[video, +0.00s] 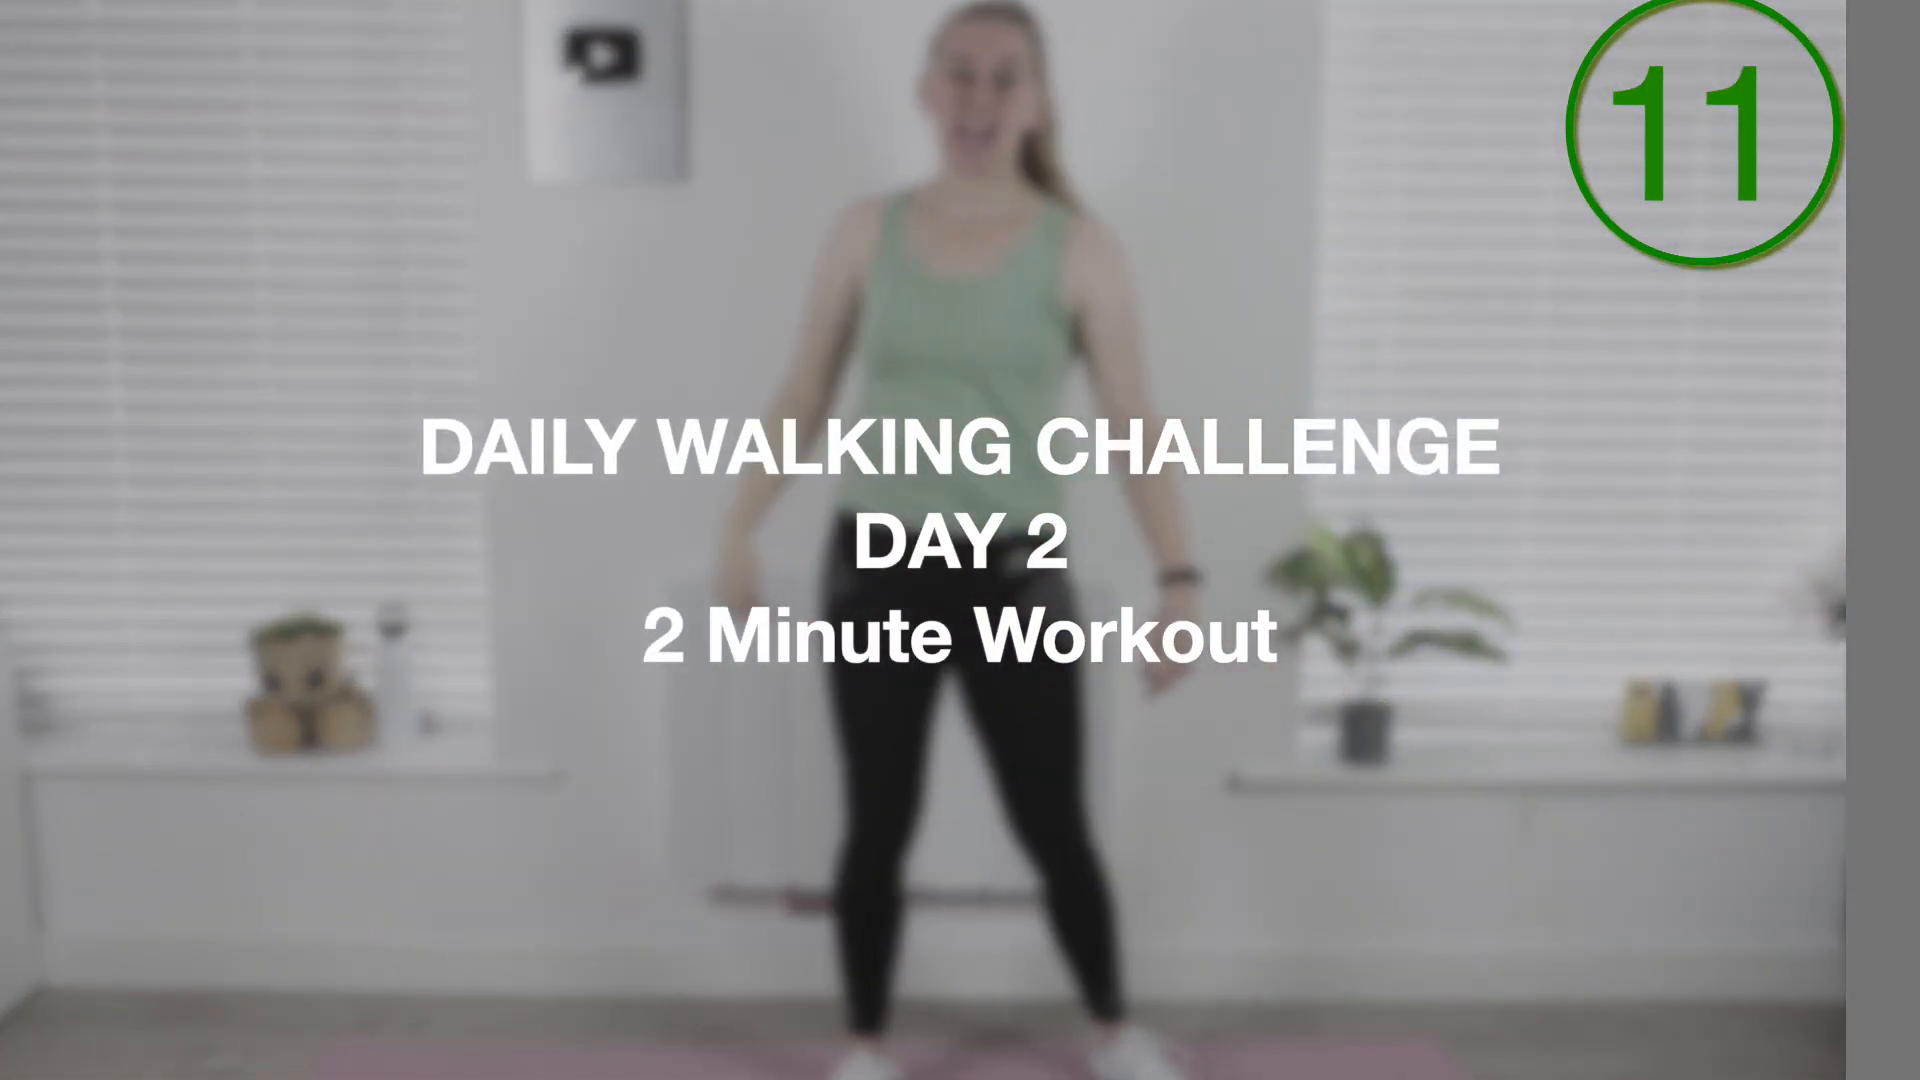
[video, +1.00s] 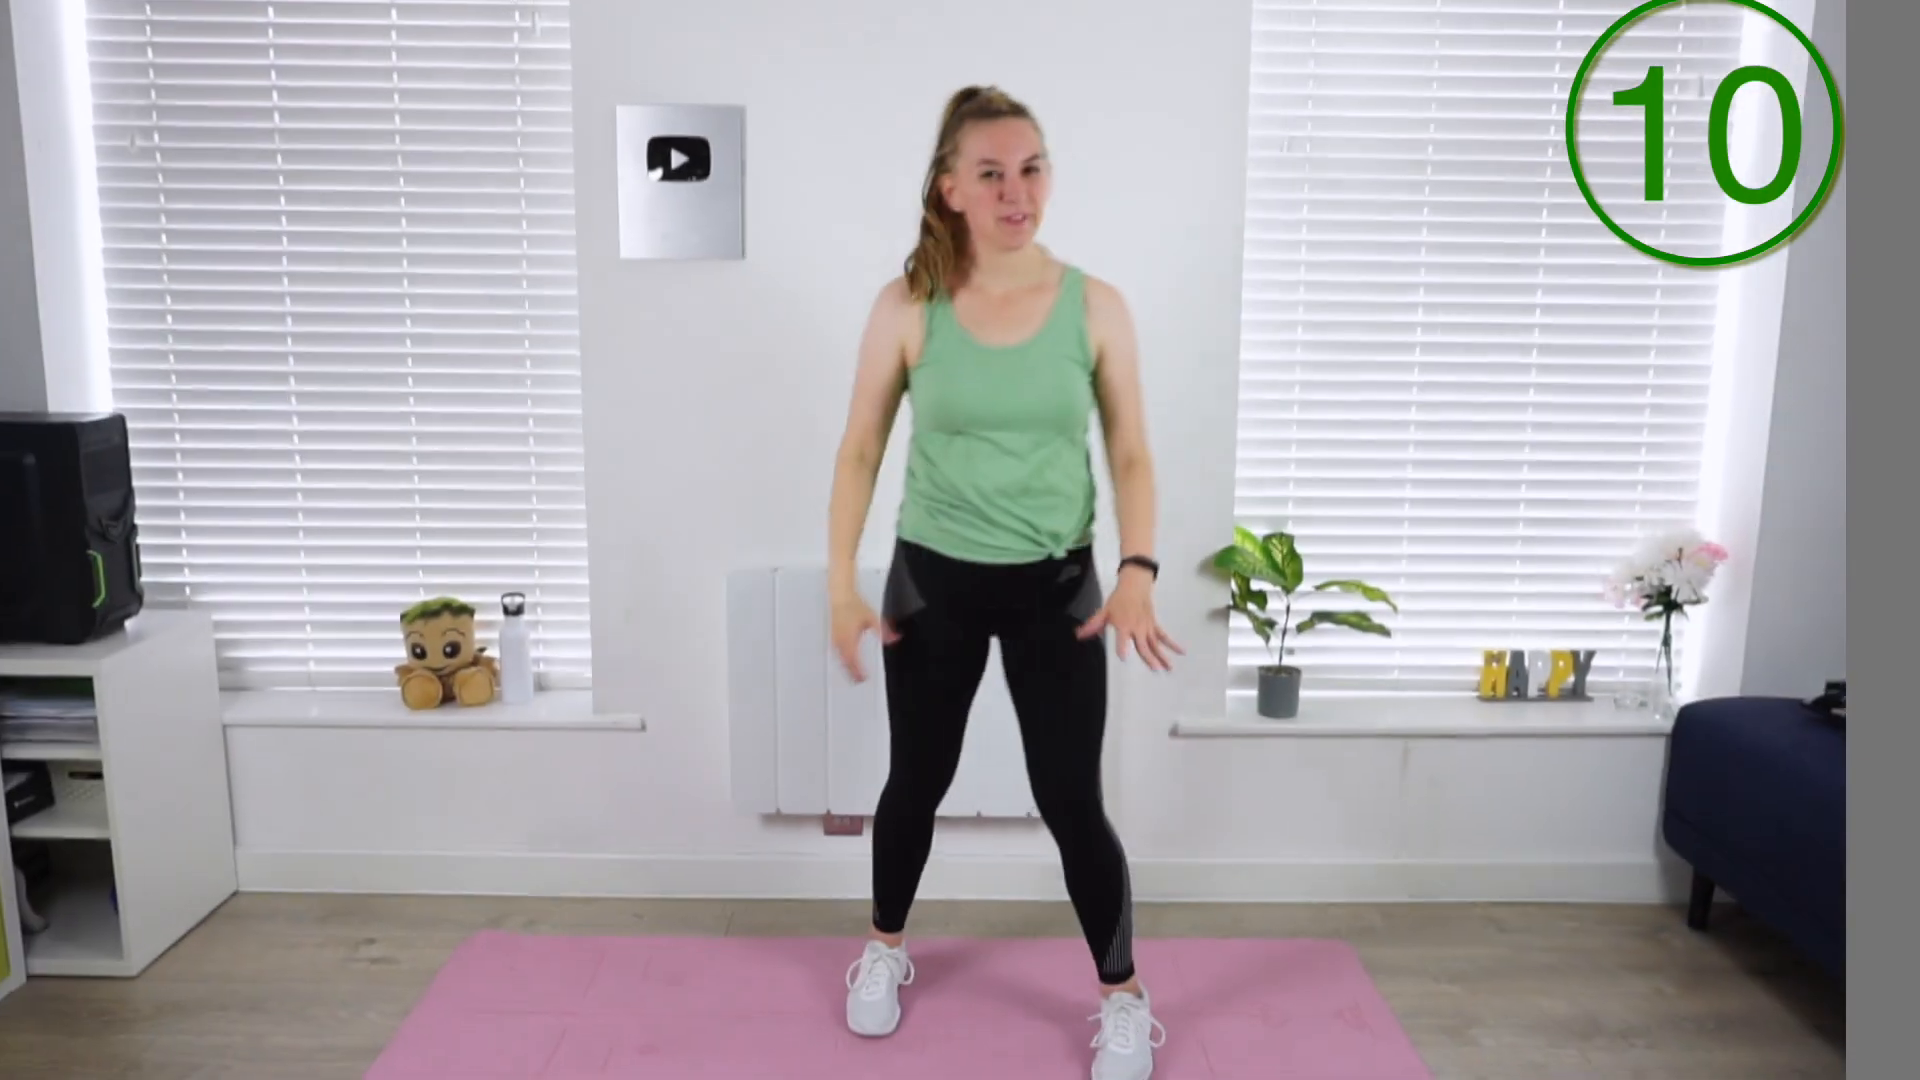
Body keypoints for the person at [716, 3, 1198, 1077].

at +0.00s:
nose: (980, 100)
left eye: (1004, 80)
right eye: (961, 77)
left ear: (1038, 99)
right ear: (927, 90)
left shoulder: (1077, 246)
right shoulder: (869, 231)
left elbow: (1134, 425)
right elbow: (804, 396)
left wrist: (1177, 576)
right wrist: (737, 533)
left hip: (1014, 562)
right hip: (879, 557)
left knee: (1051, 818)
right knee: (878, 814)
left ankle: (1114, 1033)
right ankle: (865, 1044)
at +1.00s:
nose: (1016, 191)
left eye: (1030, 170)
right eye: (991, 173)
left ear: (1048, 177)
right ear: (948, 188)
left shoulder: (1094, 307)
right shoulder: (907, 308)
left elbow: (1131, 455)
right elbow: (859, 454)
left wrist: (1136, 569)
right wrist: (844, 586)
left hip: (1057, 582)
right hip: (935, 578)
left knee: (1071, 802)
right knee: (915, 780)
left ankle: (1122, 998)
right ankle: (883, 947)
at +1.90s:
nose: (1035, 198)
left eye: (1057, 181)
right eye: (1017, 180)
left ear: (1089, 199)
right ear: (991, 194)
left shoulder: (1123, 299)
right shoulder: (957, 291)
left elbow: (1078, 300)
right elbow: (843, 332)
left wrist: (945, 262)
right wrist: (970, 369)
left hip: (1097, 577)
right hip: (988, 576)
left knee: (1097, 782)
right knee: (1004, 787)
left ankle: (1118, 970)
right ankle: (1007, 971)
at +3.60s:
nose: (987, 201)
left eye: (1010, 184)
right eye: (973, 183)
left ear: (1054, 199)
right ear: (958, 195)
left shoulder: (1093, 301)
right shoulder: (928, 287)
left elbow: (1074, 335)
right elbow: (826, 359)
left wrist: (938, 317)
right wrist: (933, 362)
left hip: (1072, 577)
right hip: (963, 576)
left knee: (1081, 786)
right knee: (995, 785)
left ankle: (1116, 971)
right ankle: (1006, 972)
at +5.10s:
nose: (1031, 257)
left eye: (1036, 239)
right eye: (1026, 240)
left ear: (1082, 229)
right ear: (1102, 220)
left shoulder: (1129, 331)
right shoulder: (1157, 301)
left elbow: (1101, 498)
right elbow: (1148, 471)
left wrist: (1044, 620)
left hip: (1130, 574)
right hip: (1136, 561)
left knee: (1134, 773)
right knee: (1032, 716)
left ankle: (1145, 963)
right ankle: (978, 888)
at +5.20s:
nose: (1024, 260)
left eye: (1027, 244)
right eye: (1019, 243)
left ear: (1069, 231)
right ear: (1092, 220)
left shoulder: (1114, 331)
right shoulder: (1154, 297)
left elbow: (1083, 496)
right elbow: (1145, 457)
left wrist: (1026, 613)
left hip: (1116, 571)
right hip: (1133, 559)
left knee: (1130, 771)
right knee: (1033, 726)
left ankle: (1145, 963)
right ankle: (983, 898)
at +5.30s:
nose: (1003, 256)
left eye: (1006, 239)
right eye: (999, 240)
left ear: (1048, 231)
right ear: (1078, 222)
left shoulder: (1103, 333)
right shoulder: (1141, 305)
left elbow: (1066, 498)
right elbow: (1125, 460)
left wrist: (1010, 612)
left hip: (1102, 573)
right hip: (1100, 561)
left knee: (1123, 770)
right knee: (1029, 745)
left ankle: (1143, 963)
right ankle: (985, 915)